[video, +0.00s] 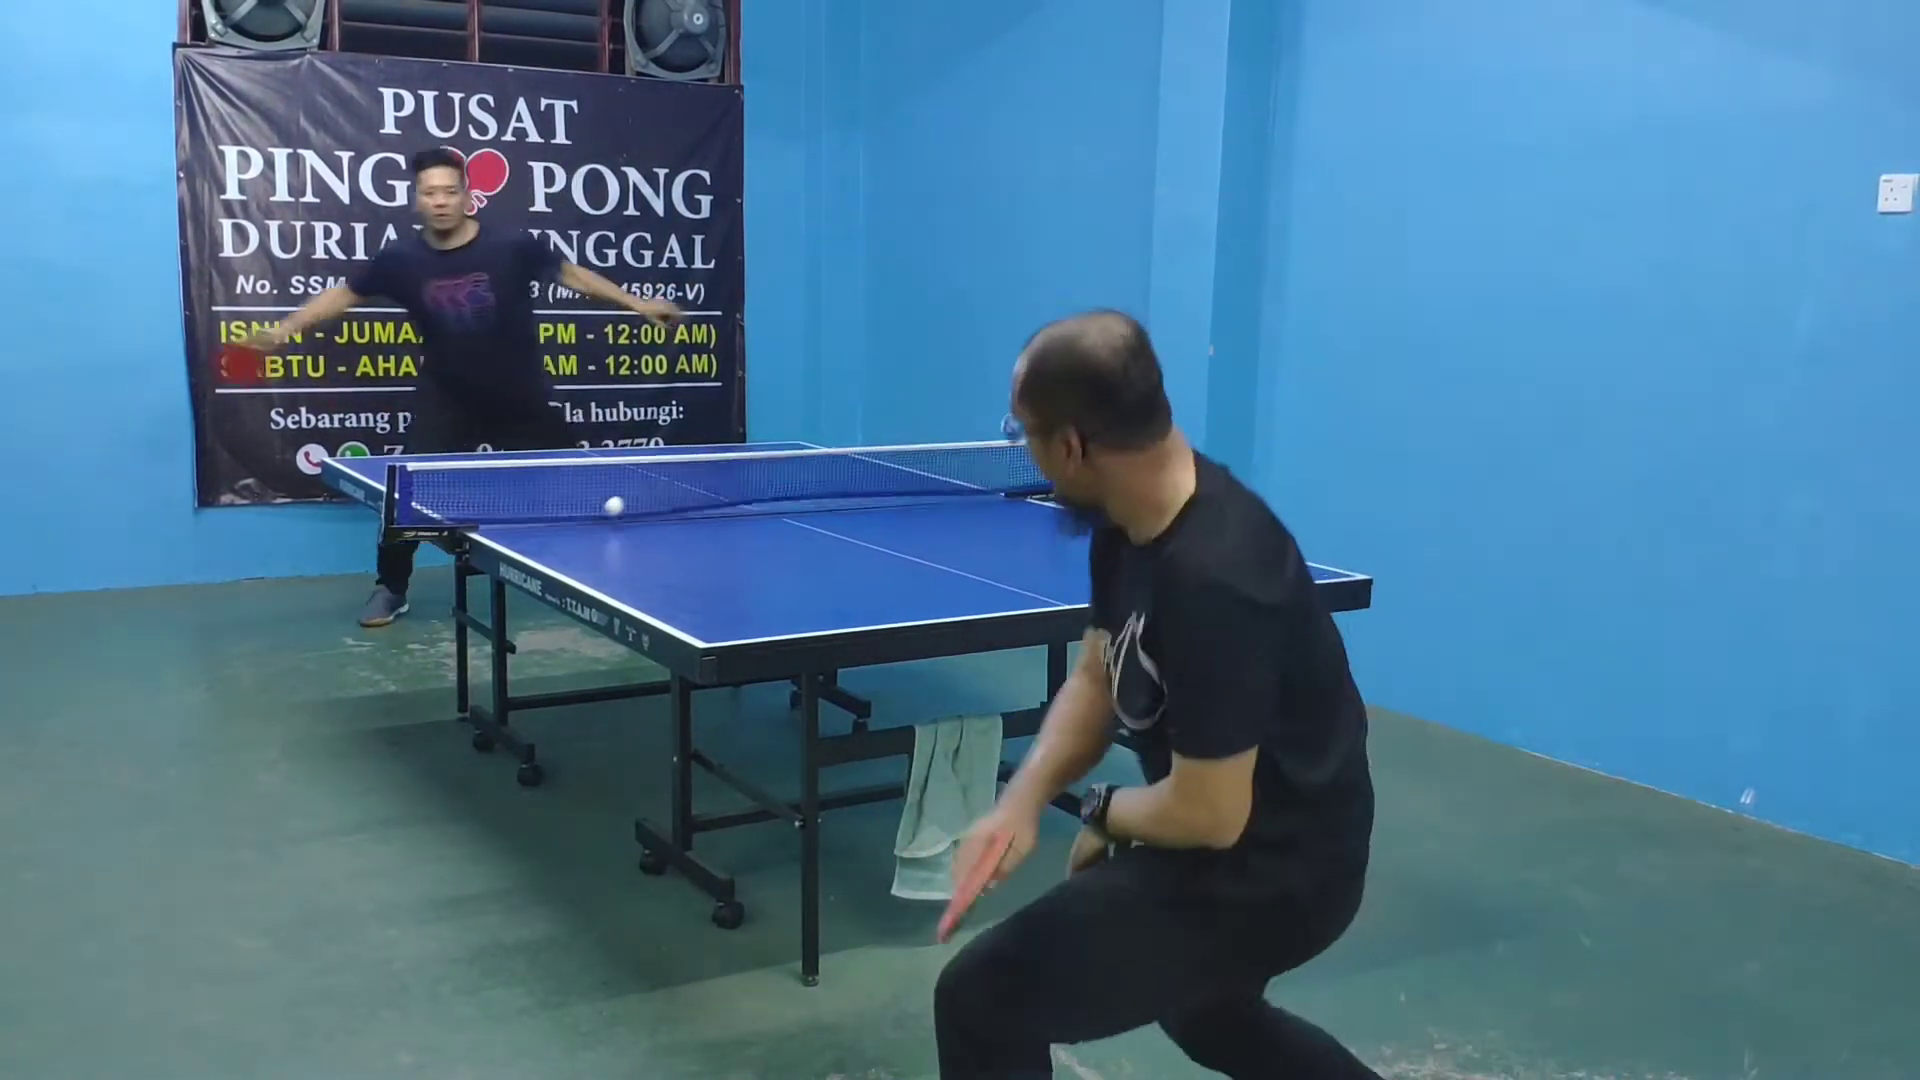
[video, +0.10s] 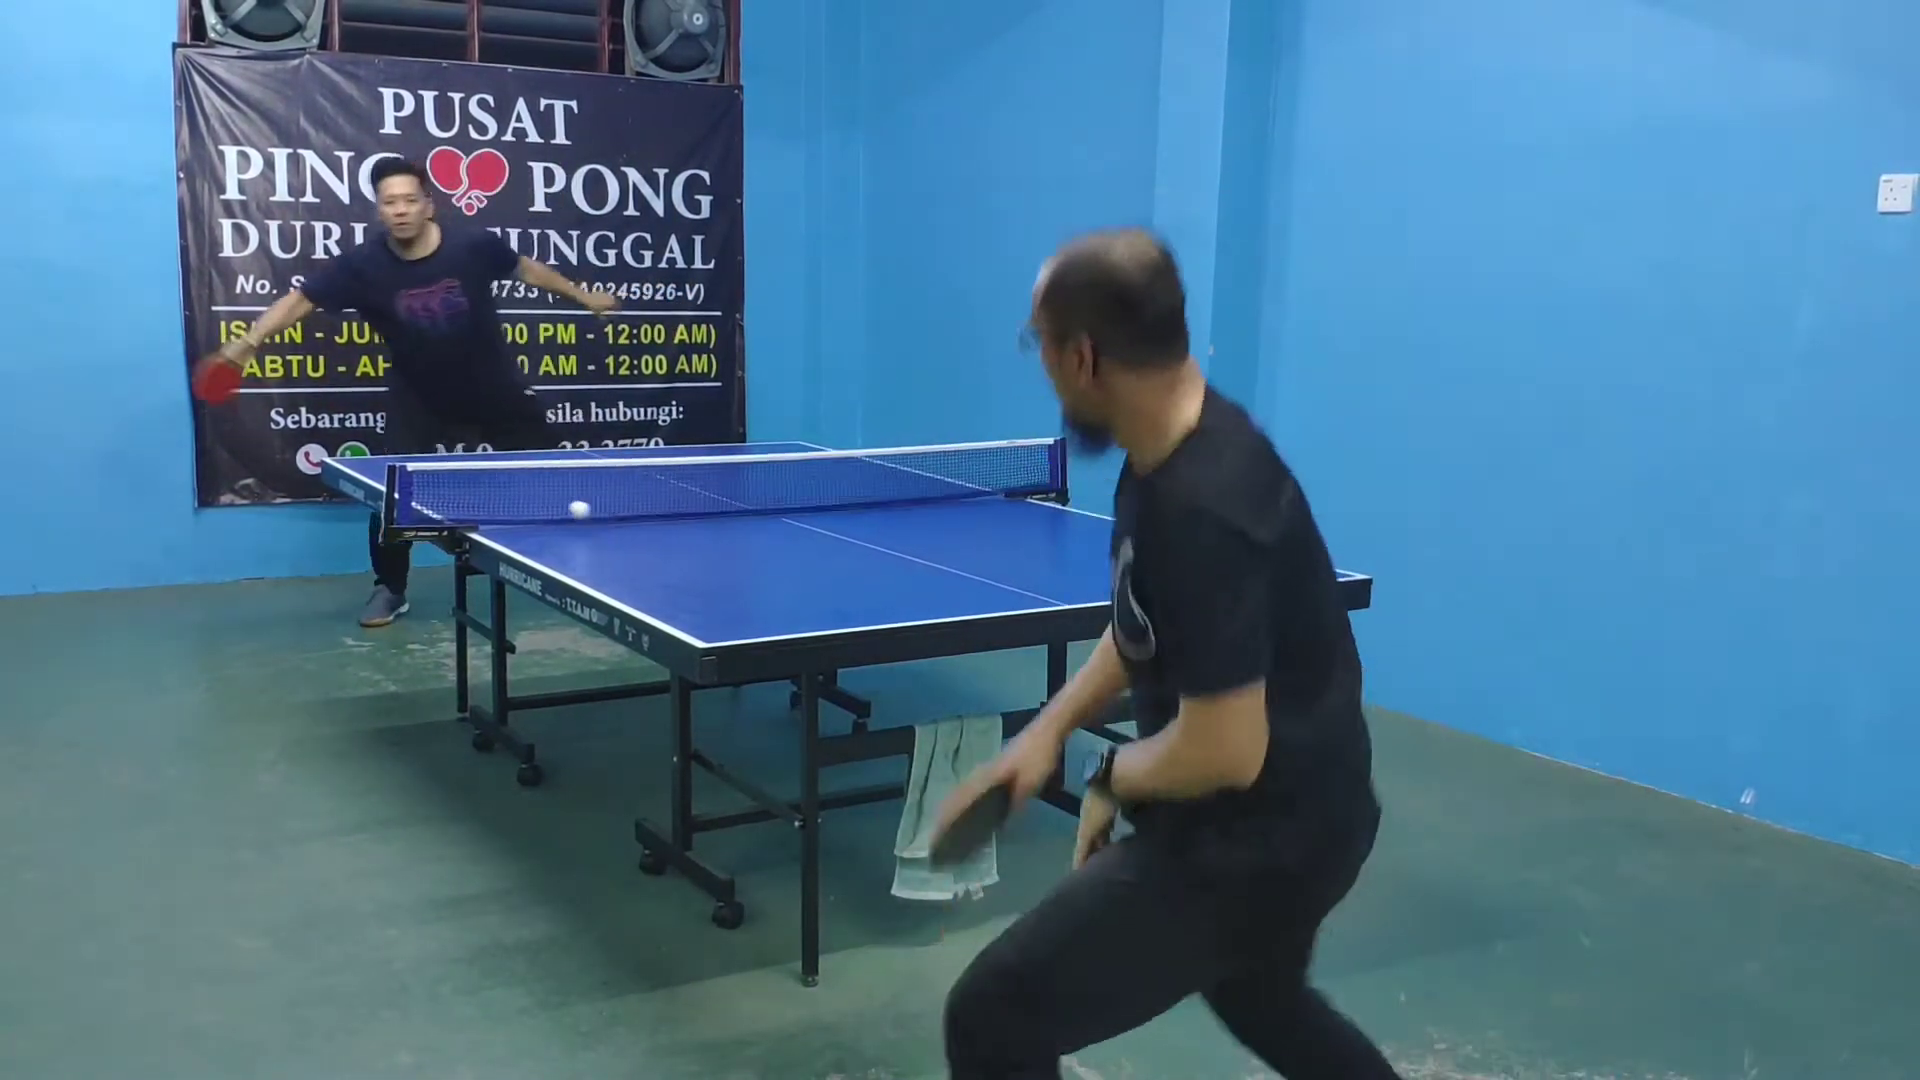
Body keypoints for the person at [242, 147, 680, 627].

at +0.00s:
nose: (439, 202)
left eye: (448, 193)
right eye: (429, 194)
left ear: (469, 197)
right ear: (417, 203)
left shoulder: (512, 245)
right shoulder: (400, 263)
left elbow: (576, 276)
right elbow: (342, 297)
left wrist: (639, 304)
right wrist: (286, 330)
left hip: (519, 397)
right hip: (447, 402)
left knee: (577, 482)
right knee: (410, 488)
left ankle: (611, 580)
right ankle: (390, 587)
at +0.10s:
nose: (400, 210)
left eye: (409, 200)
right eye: (390, 202)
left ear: (429, 204)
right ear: (377, 210)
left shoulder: (473, 248)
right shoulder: (364, 267)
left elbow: (526, 269)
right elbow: (301, 299)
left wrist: (582, 293)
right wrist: (249, 339)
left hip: (493, 389)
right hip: (418, 399)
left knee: (553, 467)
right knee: (393, 485)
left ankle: (582, 570)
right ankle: (390, 587)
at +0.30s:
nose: (367, 196)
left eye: (375, 185)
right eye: (356, 188)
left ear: (393, 186)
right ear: (343, 194)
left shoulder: (435, 228)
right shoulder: (330, 252)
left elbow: (488, 266)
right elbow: (291, 317)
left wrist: (544, 310)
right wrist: (327, 365)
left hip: (449, 375)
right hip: (381, 384)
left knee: (486, 467)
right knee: (378, 481)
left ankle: (468, 536)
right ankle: (384, 585)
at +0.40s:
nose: (357, 177)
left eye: (366, 166)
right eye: (347, 168)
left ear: (383, 168)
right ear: (334, 175)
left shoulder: (423, 214)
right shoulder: (317, 237)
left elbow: (471, 258)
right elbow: (292, 306)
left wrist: (508, 311)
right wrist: (333, 350)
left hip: (428, 368)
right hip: (361, 376)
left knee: (441, 465)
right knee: (366, 477)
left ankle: (423, 545)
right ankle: (380, 581)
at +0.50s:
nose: (353, 175)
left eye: (362, 164)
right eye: (343, 166)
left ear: (378, 166)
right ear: (329, 171)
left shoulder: (415, 221)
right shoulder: (308, 233)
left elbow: (455, 267)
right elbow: (281, 303)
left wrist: (463, 317)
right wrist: (321, 346)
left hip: (403, 369)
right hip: (339, 373)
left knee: (395, 466)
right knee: (339, 469)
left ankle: (377, 559)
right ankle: (354, 570)